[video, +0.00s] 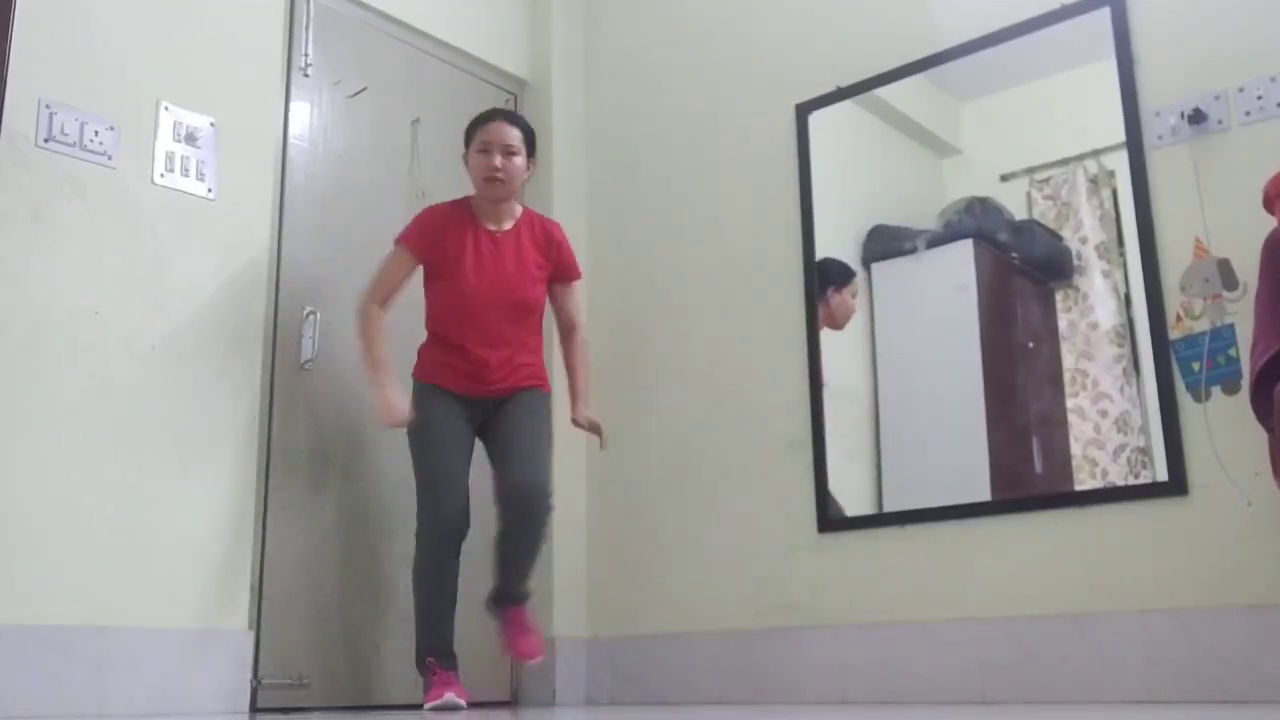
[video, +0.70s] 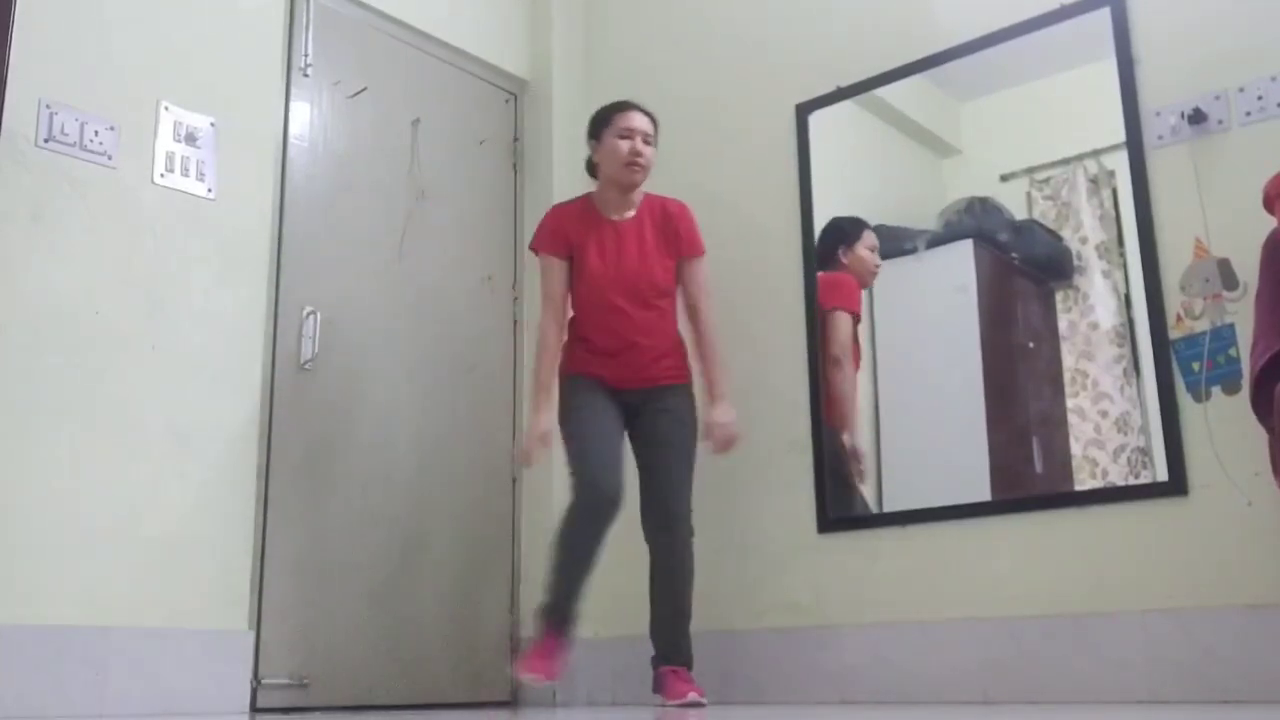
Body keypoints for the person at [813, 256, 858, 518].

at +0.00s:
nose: (854, 307)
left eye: (855, 297)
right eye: (851, 296)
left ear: (831, 295)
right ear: (831, 295)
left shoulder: (809, 340)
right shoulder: (806, 344)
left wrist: (827, 501)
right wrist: (828, 503)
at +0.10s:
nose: (853, 300)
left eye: (852, 290)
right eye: (849, 289)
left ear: (826, 289)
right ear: (826, 289)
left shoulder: (809, 334)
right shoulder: (806, 336)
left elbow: (813, 417)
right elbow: (811, 418)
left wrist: (859, 449)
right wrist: (859, 450)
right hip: (801, 465)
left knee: (850, 528)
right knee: (850, 528)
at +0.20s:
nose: (857, 285)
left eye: (857, 276)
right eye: (852, 275)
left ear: (829, 277)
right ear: (827, 276)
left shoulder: (820, 314)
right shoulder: (815, 311)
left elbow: (830, 400)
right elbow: (823, 380)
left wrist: (889, 395)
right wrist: (887, 394)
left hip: (805, 454)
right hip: (797, 456)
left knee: (844, 527)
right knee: (843, 527)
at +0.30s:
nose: (861, 277)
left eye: (860, 268)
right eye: (855, 267)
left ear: (829, 270)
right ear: (829, 269)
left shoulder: (824, 300)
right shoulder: (819, 297)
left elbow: (852, 385)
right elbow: (839, 366)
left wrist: (906, 356)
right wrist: (903, 354)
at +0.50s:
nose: (867, 269)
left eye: (867, 261)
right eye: (860, 258)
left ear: (834, 264)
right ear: (832, 262)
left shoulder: (821, 296)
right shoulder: (829, 289)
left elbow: (845, 391)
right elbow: (854, 368)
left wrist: (910, 399)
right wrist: (922, 392)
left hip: (815, 440)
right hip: (810, 440)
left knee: (831, 529)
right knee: (832, 530)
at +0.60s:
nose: (873, 266)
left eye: (873, 258)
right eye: (866, 255)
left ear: (838, 261)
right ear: (838, 259)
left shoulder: (820, 292)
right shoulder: (835, 287)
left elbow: (842, 393)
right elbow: (856, 367)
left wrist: (882, 450)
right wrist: (892, 437)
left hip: (818, 439)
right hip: (815, 439)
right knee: (842, 529)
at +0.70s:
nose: (879, 261)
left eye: (878, 253)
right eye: (871, 251)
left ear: (843, 256)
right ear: (844, 254)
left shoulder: (817, 284)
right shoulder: (839, 283)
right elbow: (836, 359)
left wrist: (844, 433)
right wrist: (846, 432)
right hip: (824, 432)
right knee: (855, 515)